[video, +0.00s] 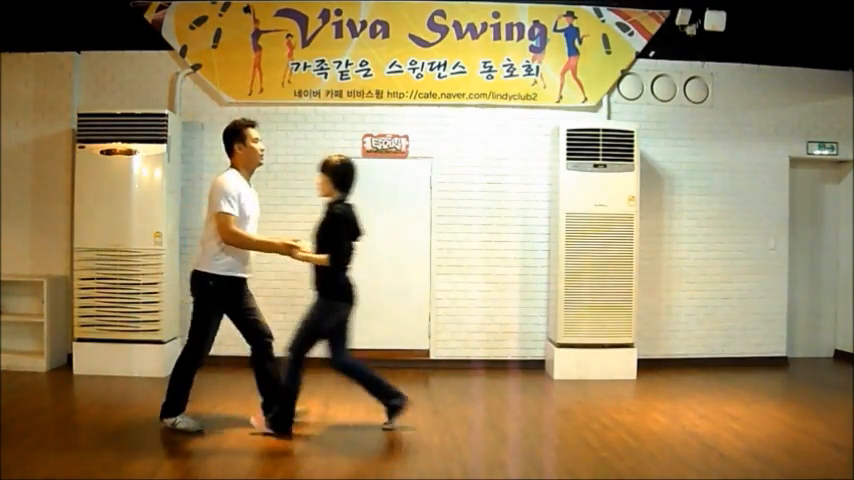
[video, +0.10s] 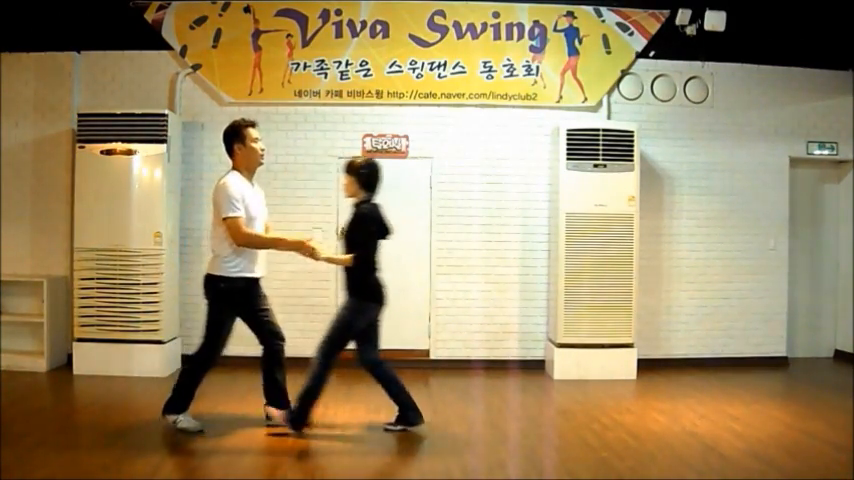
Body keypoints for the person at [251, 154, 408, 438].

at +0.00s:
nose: (317, 180)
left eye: (321, 175)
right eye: (319, 175)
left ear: (332, 181)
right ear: (340, 181)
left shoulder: (337, 214)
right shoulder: (340, 210)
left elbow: (337, 260)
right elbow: (338, 252)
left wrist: (300, 255)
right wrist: (305, 250)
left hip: (332, 298)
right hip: (339, 296)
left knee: (296, 350)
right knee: (339, 359)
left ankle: (280, 421)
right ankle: (392, 399)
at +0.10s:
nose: (343, 182)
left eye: (347, 178)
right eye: (345, 177)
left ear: (358, 182)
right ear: (366, 182)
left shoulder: (364, 216)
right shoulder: (370, 211)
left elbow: (357, 259)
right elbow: (385, 234)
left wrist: (323, 257)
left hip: (361, 298)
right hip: (369, 296)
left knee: (327, 352)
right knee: (369, 358)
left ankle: (298, 415)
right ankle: (409, 412)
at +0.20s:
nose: (366, 179)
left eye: (370, 173)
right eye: (368, 173)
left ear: (382, 178)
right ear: (388, 178)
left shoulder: (388, 210)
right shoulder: (392, 207)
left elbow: (380, 254)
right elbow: (386, 251)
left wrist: (348, 251)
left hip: (384, 294)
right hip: (392, 293)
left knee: (346, 349)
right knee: (385, 355)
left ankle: (349, 417)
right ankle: (412, 416)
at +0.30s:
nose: (387, 177)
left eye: (391, 171)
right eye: (388, 171)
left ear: (405, 175)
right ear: (406, 176)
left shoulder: (409, 206)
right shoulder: (409, 204)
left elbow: (404, 250)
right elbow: (395, 246)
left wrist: (374, 250)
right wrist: (361, 241)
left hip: (408, 291)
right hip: (410, 289)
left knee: (380, 348)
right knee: (393, 349)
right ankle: (412, 414)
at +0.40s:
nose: (405, 176)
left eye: (410, 171)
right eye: (407, 170)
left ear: (422, 176)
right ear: (422, 175)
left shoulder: (429, 207)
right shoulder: (423, 205)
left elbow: (422, 251)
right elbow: (406, 244)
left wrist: (391, 252)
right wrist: (376, 241)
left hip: (429, 293)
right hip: (424, 291)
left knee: (407, 354)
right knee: (407, 353)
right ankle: (413, 416)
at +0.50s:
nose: (422, 177)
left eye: (427, 172)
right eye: (424, 171)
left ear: (441, 176)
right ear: (439, 177)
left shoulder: (448, 207)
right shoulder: (440, 206)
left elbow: (447, 253)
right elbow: (417, 243)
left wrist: (414, 255)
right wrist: (374, 239)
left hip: (450, 295)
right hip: (441, 295)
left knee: (442, 360)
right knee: (417, 349)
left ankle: (474, 422)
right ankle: (415, 416)